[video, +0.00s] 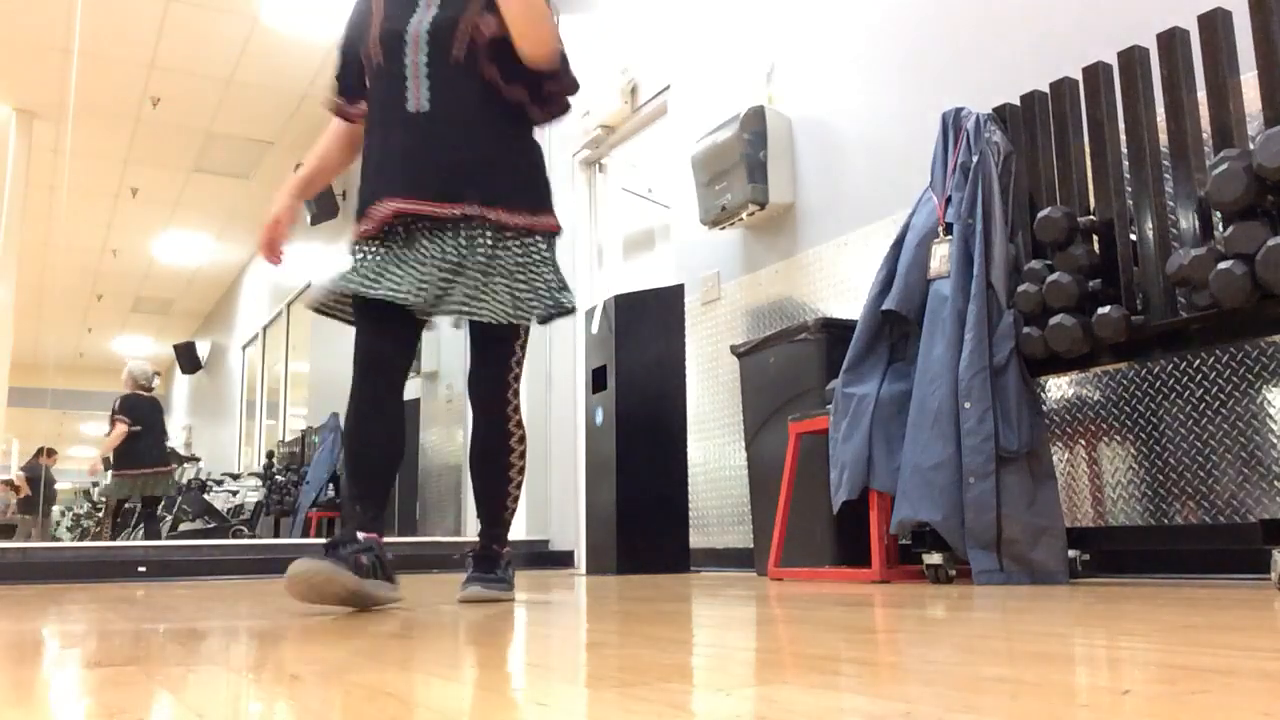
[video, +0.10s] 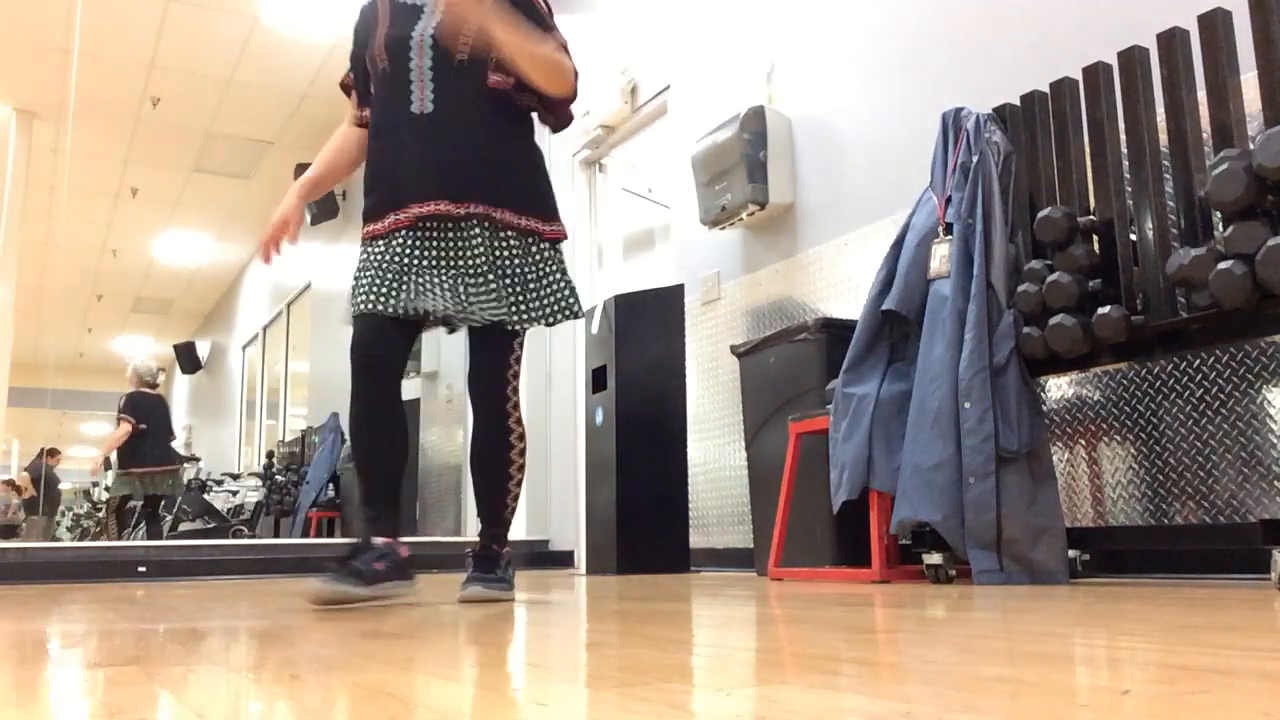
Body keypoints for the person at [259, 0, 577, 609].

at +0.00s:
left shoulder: (509, 5)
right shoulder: (372, 9)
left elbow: (544, 59)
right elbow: (352, 118)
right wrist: (293, 192)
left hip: (502, 207)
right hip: (400, 209)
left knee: (494, 389)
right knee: (374, 372)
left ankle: (491, 554)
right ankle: (364, 545)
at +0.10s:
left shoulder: (514, 5)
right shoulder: (377, 13)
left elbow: (561, 82)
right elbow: (361, 123)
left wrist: (488, 17)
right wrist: (298, 194)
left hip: (498, 213)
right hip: (402, 218)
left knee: (492, 385)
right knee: (371, 358)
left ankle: (491, 555)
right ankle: (382, 545)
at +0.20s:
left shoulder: (508, 16)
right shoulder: (381, 32)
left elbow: (560, 103)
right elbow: (362, 140)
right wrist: (287, 173)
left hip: (491, 225)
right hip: (398, 229)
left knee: (489, 390)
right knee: (372, 386)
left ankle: (491, 553)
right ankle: (401, 536)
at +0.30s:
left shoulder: (504, 34)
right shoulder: (379, 42)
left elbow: (552, 116)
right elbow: (356, 146)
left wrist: (591, 174)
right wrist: (277, 138)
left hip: (487, 233)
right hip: (398, 236)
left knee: (485, 390)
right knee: (383, 395)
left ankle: (490, 554)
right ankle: (400, 540)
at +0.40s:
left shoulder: (497, 52)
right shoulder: (369, 52)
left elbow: (544, 150)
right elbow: (325, 145)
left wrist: (618, 160)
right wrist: (247, 90)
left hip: (479, 245)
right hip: (395, 248)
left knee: (478, 393)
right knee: (385, 403)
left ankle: (489, 555)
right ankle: (404, 554)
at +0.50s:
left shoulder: (499, 61)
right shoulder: (370, 57)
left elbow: (550, 153)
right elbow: (317, 141)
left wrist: (629, 127)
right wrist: (242, 80)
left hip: (480, 249)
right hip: (394, 251)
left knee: (479, 386)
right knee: (385, 397)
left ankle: (492, 550)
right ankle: (402, 552)